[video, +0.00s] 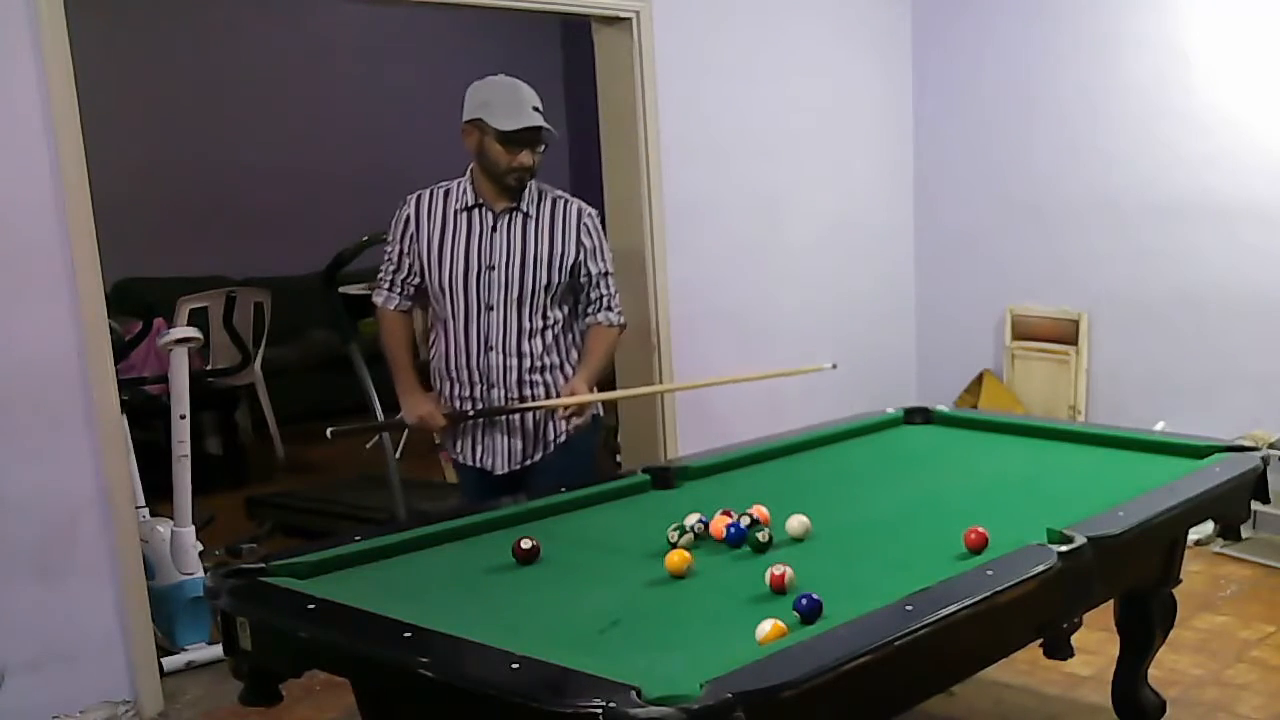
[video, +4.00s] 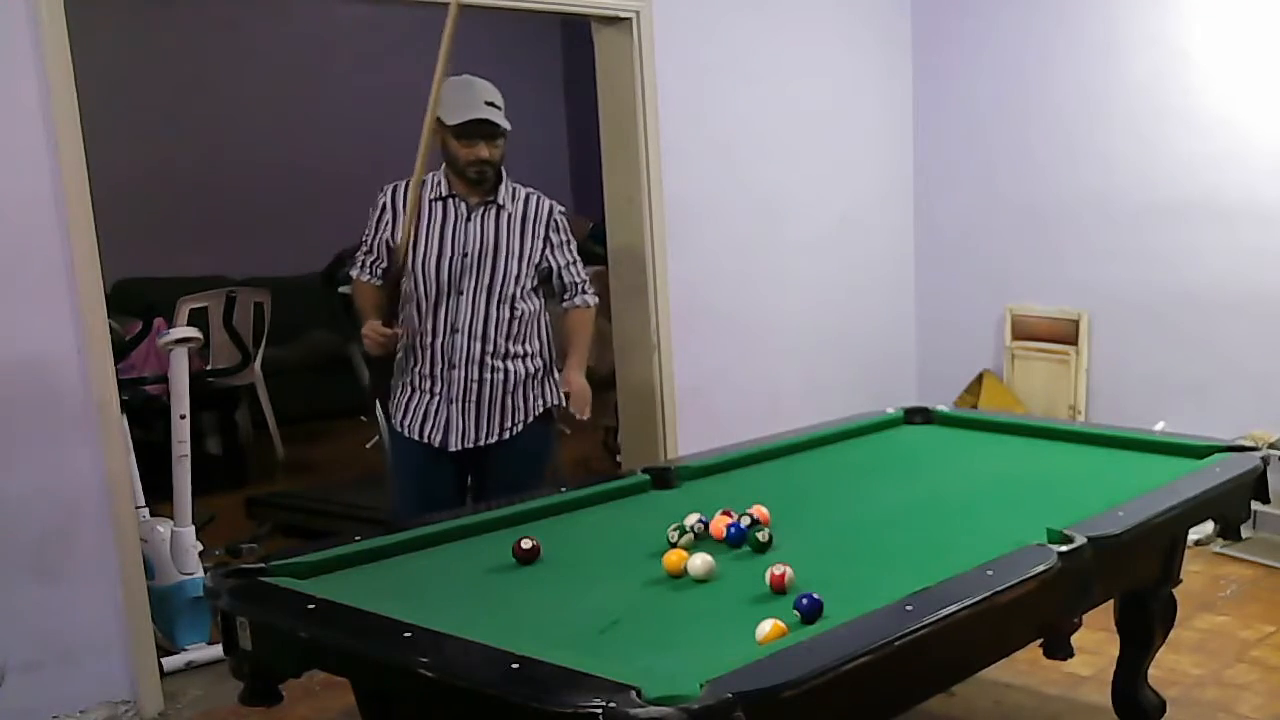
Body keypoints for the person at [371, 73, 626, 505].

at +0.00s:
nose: (526, 160)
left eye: (535, 146)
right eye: (511, 146)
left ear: (545, 142)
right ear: (471, 136)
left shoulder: (575, 220)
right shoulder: (421, 215)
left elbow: (606, 315)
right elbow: (393, 304)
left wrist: (583, 379)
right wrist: (410, 393)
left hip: (559, 435)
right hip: (469, 439)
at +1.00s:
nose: (523, 216)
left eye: (530, 201)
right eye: (510, 200)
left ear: (535, 195)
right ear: (462, 187)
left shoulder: (541, 266)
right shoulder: (388, 211)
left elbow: (593, 358)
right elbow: (310, 232)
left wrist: (647, 440)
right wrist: (301, 335)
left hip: (499, 442)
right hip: (404, 439)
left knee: (526, 579)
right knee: (418, 592)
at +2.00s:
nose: (555, 231)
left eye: (563, 217)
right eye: (544, 214)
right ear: (497, 193)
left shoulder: (564, 265)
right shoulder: (417, 208)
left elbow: (618, 360)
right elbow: (334, 282)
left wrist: (656, 442)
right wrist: (398, 325)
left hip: (514, 454)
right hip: (416, 447)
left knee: (528, 592)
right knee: (414, 597)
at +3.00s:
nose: (428, 148)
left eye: (436, 135)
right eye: (412, 136)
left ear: (447, 137)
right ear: (374, 135)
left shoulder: (480, 210)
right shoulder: (329, 216)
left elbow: (515, 290)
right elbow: (291, 292)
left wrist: (524, 356)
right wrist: (316, 344)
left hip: (485, 424)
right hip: (391, 431)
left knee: (503, 561)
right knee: (407, 572)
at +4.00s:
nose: (482, 151)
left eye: (492, 138)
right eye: (467, 139)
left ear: (505, 141)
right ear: (441, 137)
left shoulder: (541, 215)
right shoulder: (400, 204)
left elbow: (578, 296)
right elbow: (368, 274)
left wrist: (575, 367)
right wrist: (371, 322)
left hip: (516, 415)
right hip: (424, 414)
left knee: (515, 549)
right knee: (425, 554)